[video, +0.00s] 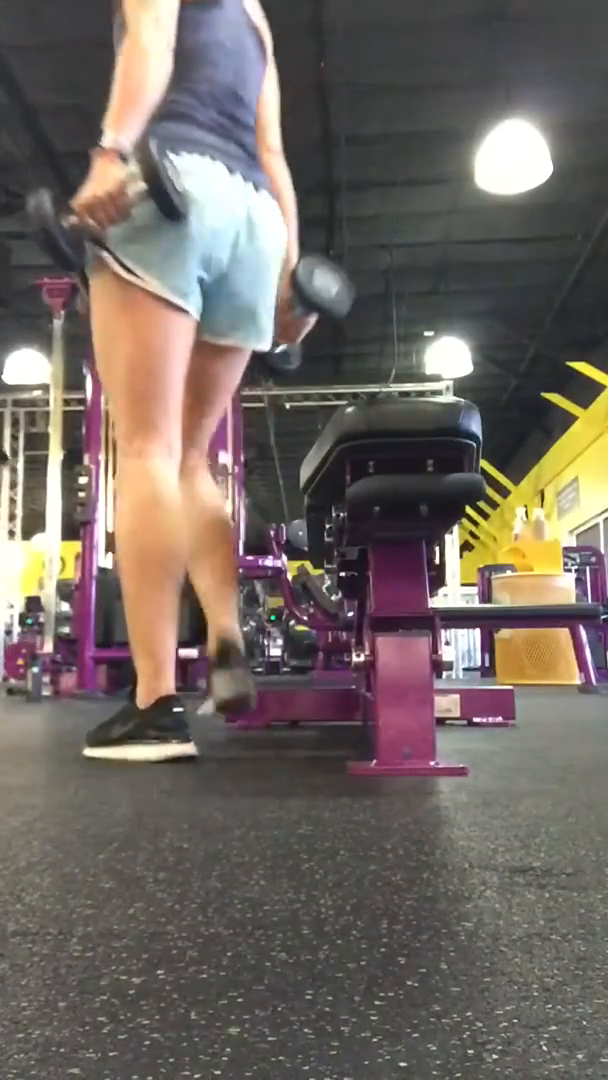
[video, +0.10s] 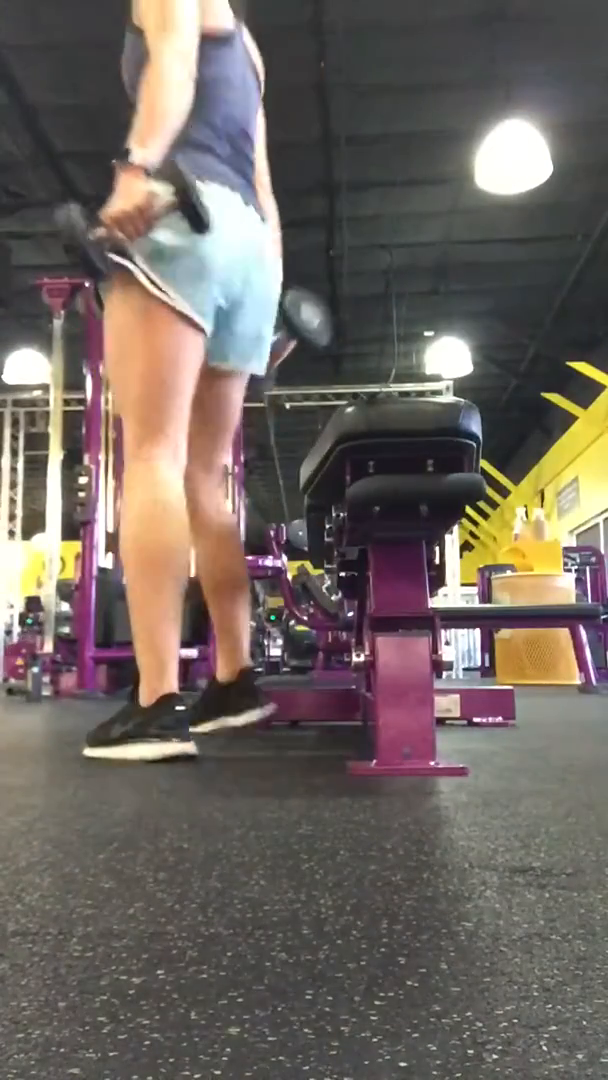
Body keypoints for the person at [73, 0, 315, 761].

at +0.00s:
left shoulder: (161, 3)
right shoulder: (254, 21)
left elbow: (148, 47)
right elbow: (269, 149)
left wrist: (110, 152)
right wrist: (287, 266)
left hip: (166, 182)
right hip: (258, 211)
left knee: (146, 452)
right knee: (192, 457)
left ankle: (155, 702)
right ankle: (226, 633)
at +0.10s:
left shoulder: (168, 3)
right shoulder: (243, 42)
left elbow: (172, 65)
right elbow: (258, 180)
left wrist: (136, 165)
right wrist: (269, 293)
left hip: (180, 213)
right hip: (254, 236)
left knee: (152, 459)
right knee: (210, 473)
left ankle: (156, 699)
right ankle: (235, 680)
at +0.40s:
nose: (140, 8)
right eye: (134, 3)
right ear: (140, 16)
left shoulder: (212, 42)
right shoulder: (187, 77)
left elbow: (252, 132)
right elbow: (211, 188)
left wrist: (238, 221)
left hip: (224, 270)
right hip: (260, 279)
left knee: (166, 457)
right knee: (221, 497)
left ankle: (199, 669)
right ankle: (252, 689)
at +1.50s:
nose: (79, 26)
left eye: (87, 8)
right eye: (69, 18)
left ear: (128, 1)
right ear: (72, 27)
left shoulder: (167, 49)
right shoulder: (135, 91)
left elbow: (201, 149)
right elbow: (155, 201)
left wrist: (191, 250)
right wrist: (143, 277)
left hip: (199, 283)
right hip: (162, 291)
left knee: (185, 476)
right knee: (121, 488)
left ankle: (219, 691)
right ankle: (165, 674)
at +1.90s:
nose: (48, 27)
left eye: (62, 12)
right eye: (39, 18)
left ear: (102, 19)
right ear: (38, 33)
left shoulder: (118, 73)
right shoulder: (91, 102)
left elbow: (156, 166)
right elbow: (118, 205)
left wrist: (145, 248)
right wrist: (101, 283)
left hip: (145, 289)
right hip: (143, 293)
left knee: (90, 478)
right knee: (115, 495)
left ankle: (195, 662)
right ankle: (107, 687)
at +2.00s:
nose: (47, 30)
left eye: (61, 16)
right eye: (38, 21)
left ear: (100, 25)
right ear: (38, 38)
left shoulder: (112, 76)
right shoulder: (90, 103)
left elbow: (150, 165)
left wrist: (131, 244)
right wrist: (92, 280)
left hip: (133, 292)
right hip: (165, 300)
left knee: (44, 461)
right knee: (117, 501)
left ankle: (185, 604)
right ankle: (110, 689)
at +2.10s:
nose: (48, 30)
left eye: (63, 16)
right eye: (40, 21)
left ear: (102, 27)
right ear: (39, 37)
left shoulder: (112, 79)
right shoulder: (87, 104)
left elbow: (143, 167)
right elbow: (105, 208)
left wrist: (116, 240)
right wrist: (81, 278)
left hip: (129, 293)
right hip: (159, 300)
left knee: (21, 448)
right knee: (113, 504)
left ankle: (196, 507)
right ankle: (109, 690)